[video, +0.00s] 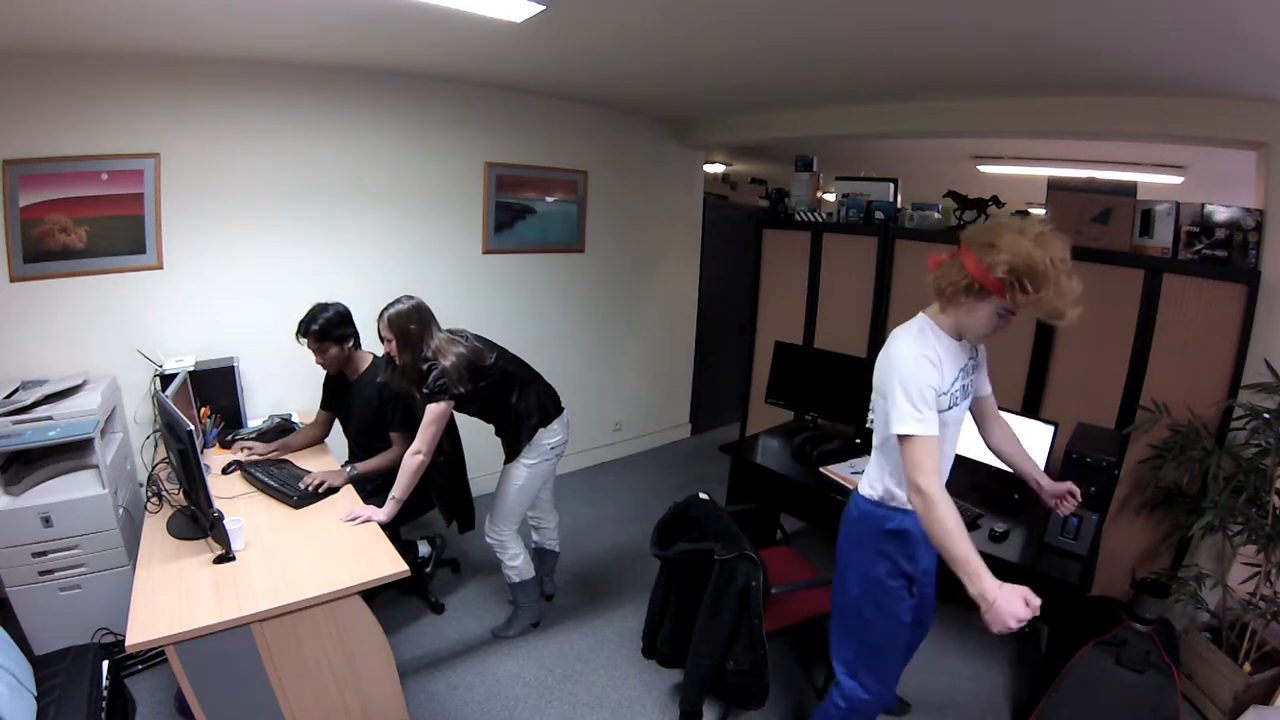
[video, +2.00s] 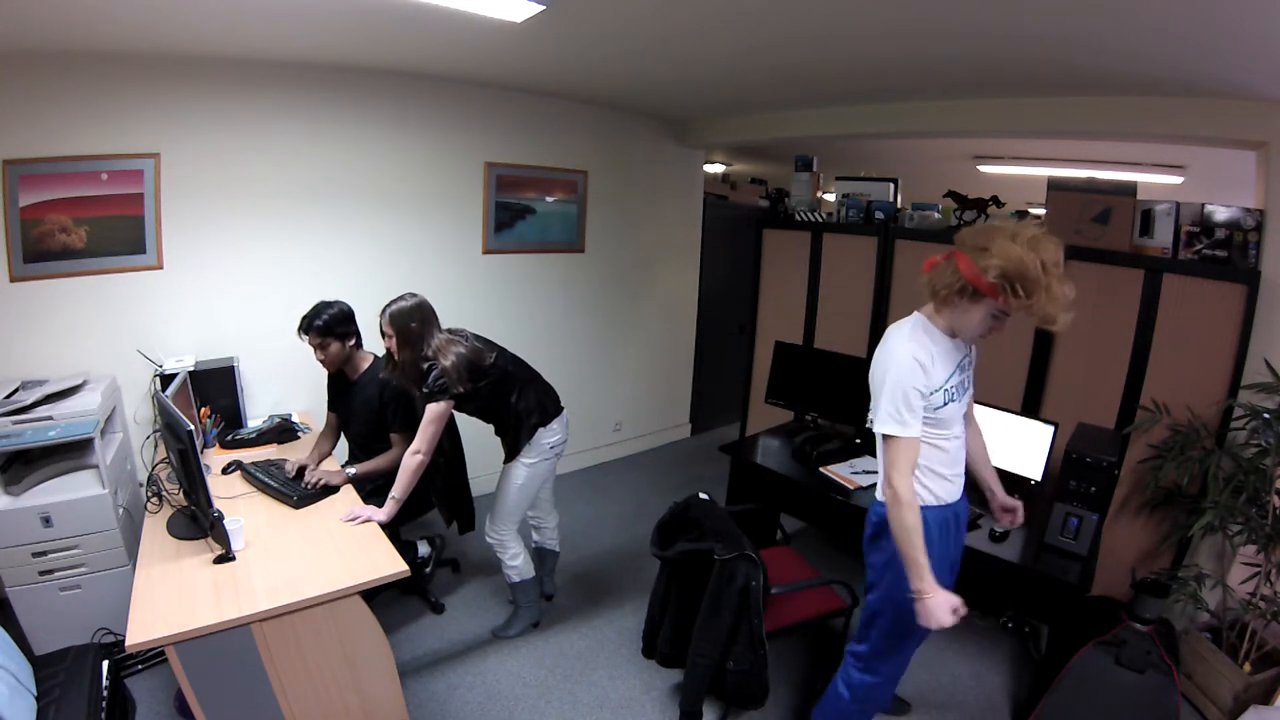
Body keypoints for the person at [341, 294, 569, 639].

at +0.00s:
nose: (387, 349)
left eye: (389, 341)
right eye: (384, 341)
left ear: (410, 338)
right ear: (420, 330)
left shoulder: (443, 369)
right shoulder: (450, 340)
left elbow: (420, 452)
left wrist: (388, 509)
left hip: (538, 434)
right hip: (548, 421)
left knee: (500, 530)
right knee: (541, 507)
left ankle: (528, 608)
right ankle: (546, 580)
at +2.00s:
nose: (386, 344)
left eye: (389, 337)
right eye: (384, 336)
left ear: (412, 336)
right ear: (422, 329)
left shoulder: (443, 370)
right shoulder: (450, 339)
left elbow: (420, 452)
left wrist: (388, 509)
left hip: (537, 432)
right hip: (547, 420)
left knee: (501, 530)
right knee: (541, 508)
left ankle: (528, 607)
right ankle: (546, 581)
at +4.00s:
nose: (388, 332)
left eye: (395, 326)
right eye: (390, 324)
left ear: (419, 331)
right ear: (426, 327)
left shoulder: (443, 370)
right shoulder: (450, 343)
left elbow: (421, 452)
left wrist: (388, 509)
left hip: (538, 431)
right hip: (545, 419)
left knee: (500, 529)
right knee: (542, 506)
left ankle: (527, 609)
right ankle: (545, 580)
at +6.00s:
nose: (389, 324)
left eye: (393, 316)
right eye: (388, 315)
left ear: (418, 313)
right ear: (425, 310)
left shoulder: (446, 349)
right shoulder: (457, 322)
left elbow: (414, 436)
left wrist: (371, 500)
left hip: (525, 431)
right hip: (538, 419)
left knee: (493, 529)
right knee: (538, 506)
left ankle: (527, 607)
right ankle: (545, 581)